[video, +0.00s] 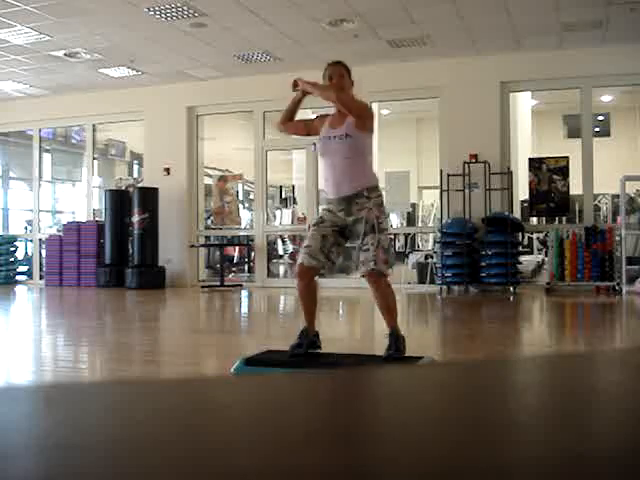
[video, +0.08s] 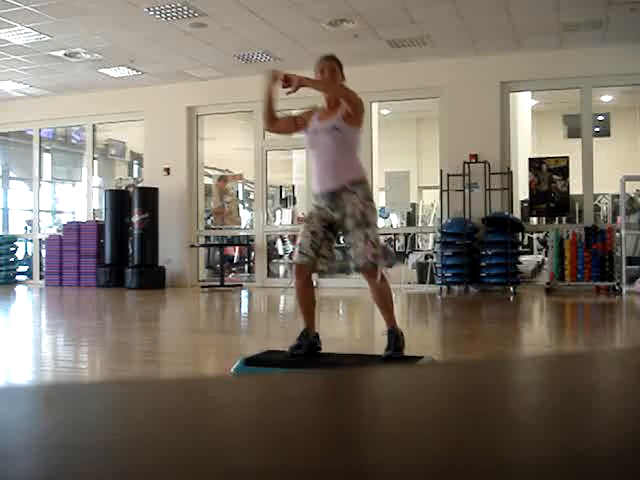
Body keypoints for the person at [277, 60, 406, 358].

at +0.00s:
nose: (336, 82)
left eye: (341, 77)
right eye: (330, 79)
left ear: (353, 82)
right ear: (324, 86)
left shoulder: (363, 114)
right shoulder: (322, 123)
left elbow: (339, 99)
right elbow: (284, 125)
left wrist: (309, 87)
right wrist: (300, 96)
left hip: (365, 203)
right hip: (332, 207)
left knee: (373, 272)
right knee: (304, 270)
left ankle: (395, 335)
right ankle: (310, 332)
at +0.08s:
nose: (324, 77)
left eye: (330, 71)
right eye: (320, 73)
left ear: (342, 76)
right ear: (315, 79)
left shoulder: (351, 110)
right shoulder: (311, 118)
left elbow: (345, 95)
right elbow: (272, 124)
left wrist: (304, 82)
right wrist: (270, 87)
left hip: (354, 195)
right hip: (323, 200)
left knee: (369, 267)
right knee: (301, 267)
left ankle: (393, 331)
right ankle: (310, 335)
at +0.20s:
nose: (316, 59)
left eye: (321, 54)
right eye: (311, 55)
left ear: (330, 60)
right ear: (304, 61)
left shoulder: (340, 90)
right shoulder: (296, 97)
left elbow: (359, 107)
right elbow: (265, 125)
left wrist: (338, 97)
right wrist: (246, 110)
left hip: (341, 172)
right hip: (308, 178)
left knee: (352, 242)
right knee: (304, 253)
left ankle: (381, 295)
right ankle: (305, 326)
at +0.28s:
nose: (309, 60)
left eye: (315, 55)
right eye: (304, 55)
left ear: (324, 61)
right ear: (297, 63)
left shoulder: (337, 94)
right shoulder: (291, 99)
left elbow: (361, 121)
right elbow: (268, 133)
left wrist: (349, 138)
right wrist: (250, 134)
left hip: (335, 172)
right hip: (304, 178)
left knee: (338, 233)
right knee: (299, 252)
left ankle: (371, 261)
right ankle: (303, 324)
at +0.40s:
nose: (302, 78)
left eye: (307, 73)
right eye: (297, 73)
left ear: (315, 78)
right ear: (289, 80)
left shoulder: (327, 117)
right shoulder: (281, 119)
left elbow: (352, 158)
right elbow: (271, 155)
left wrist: (367, 197)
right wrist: (264, 180)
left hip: (325, 191)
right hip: (294, 196)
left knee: (322, 247)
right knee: (289, 270)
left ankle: (357, 237)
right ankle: (305, 333)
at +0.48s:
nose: (301, 80)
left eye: (306, 76)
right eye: (296, 76)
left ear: (314, 82)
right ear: (287, 82)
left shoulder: (325, 120)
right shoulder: (278, 122)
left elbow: (349, 163)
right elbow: (269, 161)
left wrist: (364, 200)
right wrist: (265, 184)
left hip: (324, 195)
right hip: (292, 200)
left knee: (315, 249)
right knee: (285, 270)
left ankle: (352, 243)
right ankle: (304, 333)